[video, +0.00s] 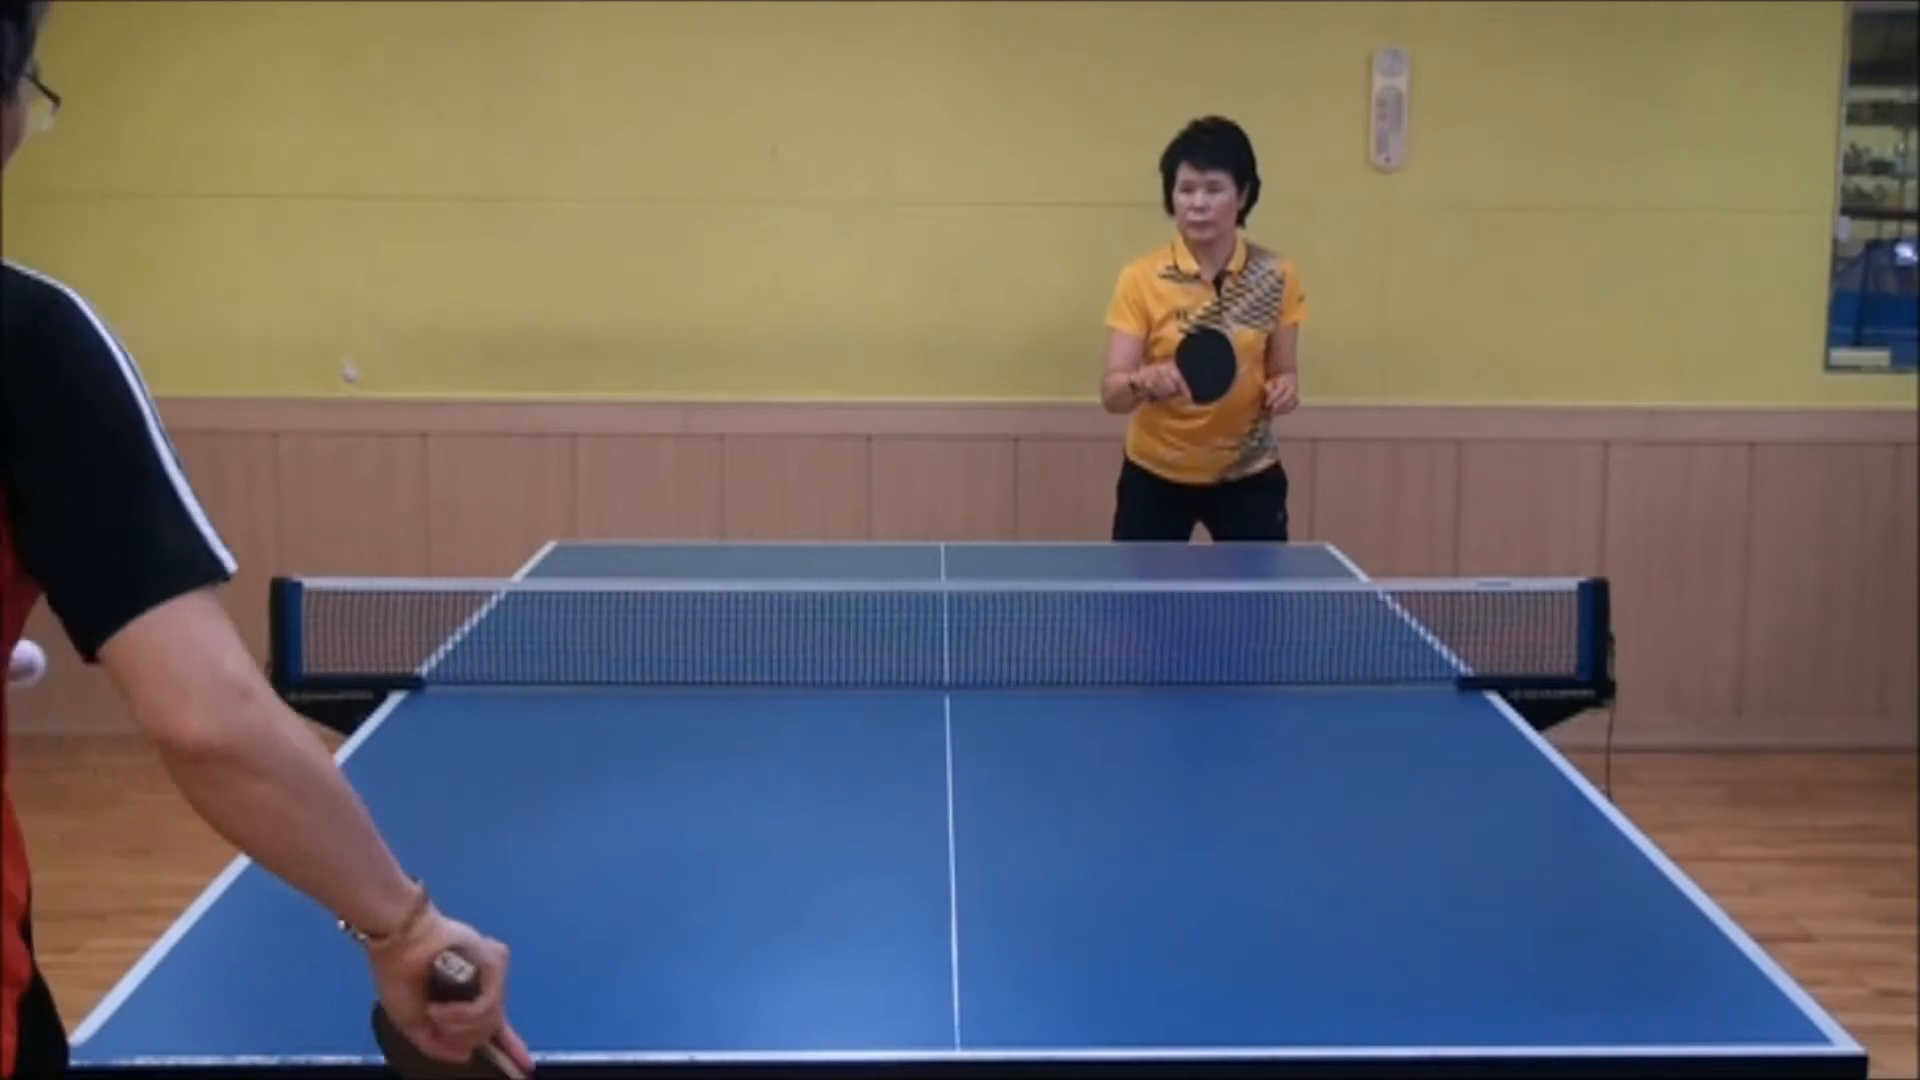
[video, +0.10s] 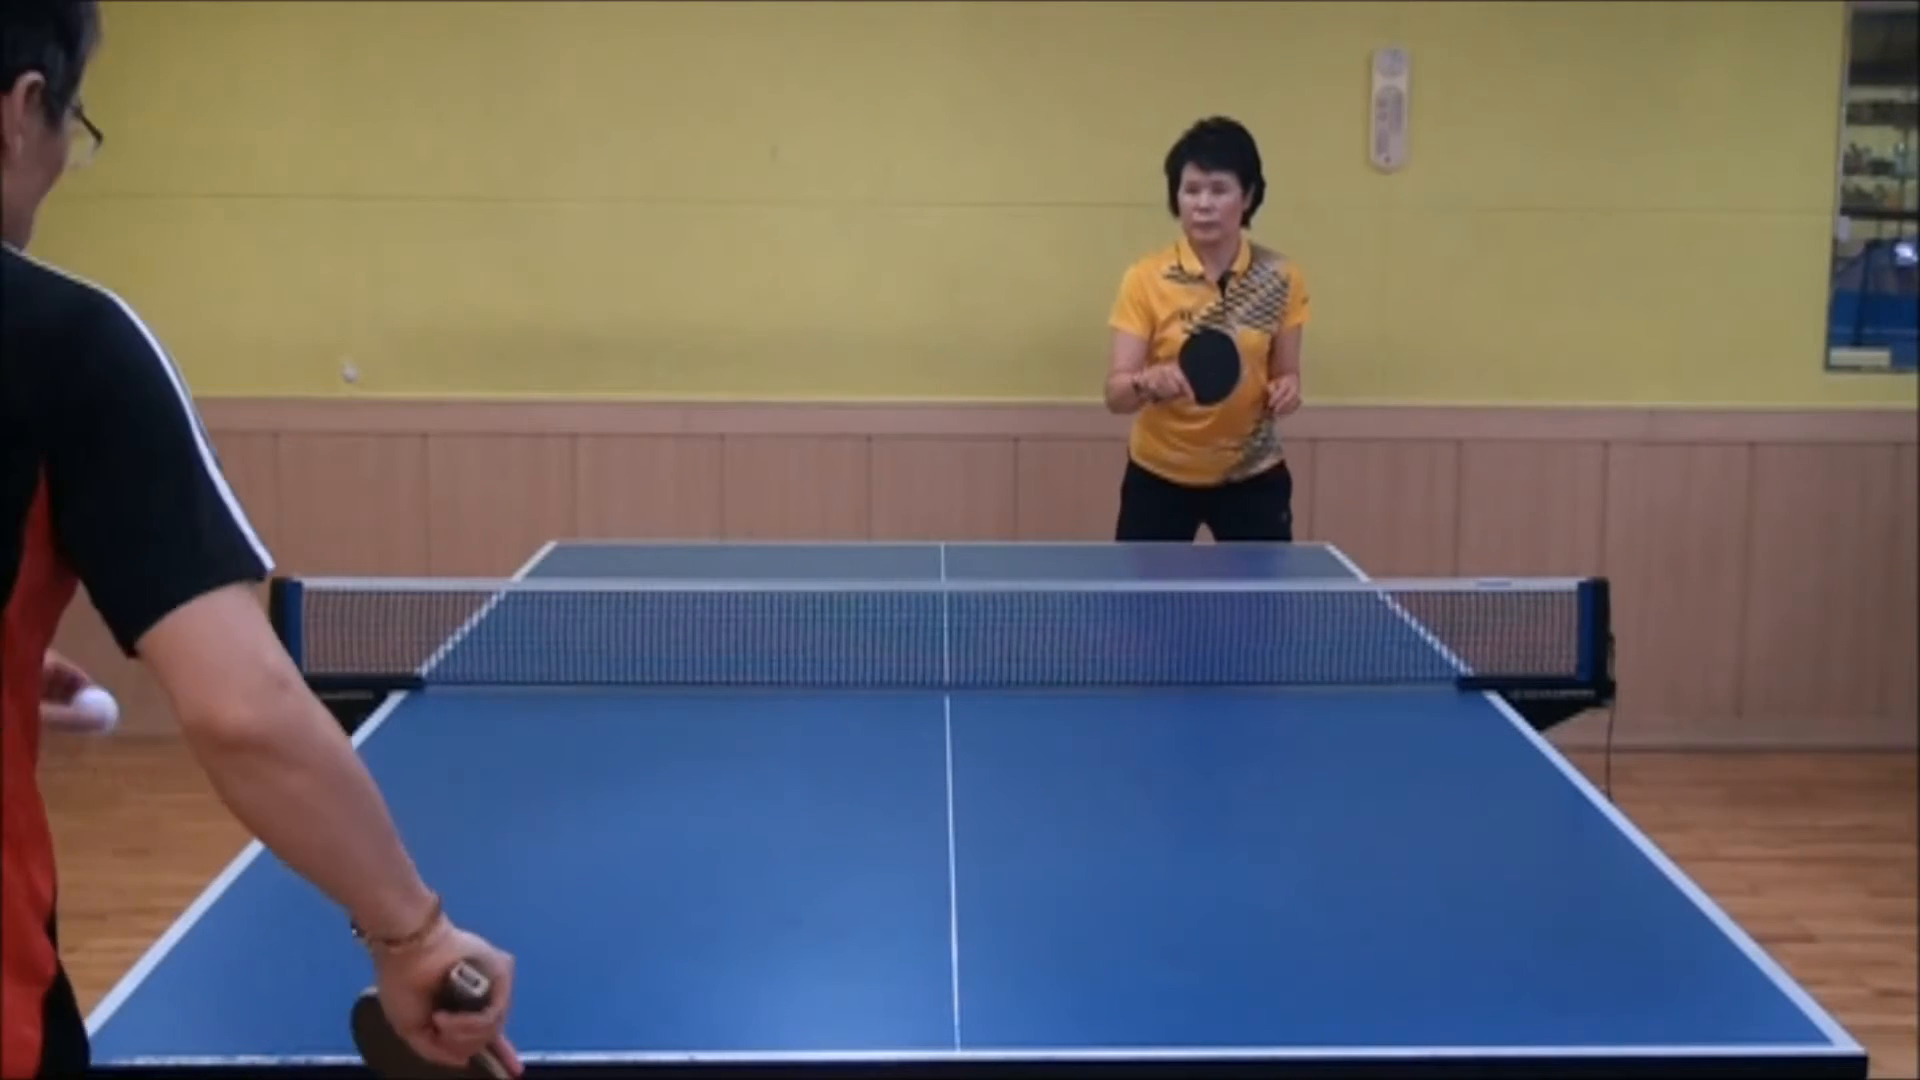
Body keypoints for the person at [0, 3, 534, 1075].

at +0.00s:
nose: (30, 116)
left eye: (26, 76)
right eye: (25, 75)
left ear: (17, 87)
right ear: (7, 89)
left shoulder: (38, 335)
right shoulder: (30, 332)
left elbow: (201, 715)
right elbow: (203, 716)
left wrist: (398, 926)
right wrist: (401, 923)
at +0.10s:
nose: (59, 169)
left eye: (71, 135)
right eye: (68, 128)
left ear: (20, 107)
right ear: (17, 107)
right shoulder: (55, 335)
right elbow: (240, 707)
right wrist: (409, 930)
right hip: (3, 1000)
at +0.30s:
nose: (117, 186)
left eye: (121, 151)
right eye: (119, 146)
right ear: (68, 132)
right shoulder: (107, 342)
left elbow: (252, 728)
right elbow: (251, 726)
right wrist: (307, 956)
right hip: (17, 1001)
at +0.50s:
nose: (129, 193)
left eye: (136, 155)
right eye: (134, 151)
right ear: (83, 135)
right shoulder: (131, 349)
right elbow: (367, 695)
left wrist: (152, 763)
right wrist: (219, 745)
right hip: (38, 996)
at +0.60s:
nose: (118, 179)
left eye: (123, 145)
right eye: (119, 140)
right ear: (65, 129)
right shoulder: (127, 349)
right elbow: (375, 647)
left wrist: (443, 696)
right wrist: (459, 703)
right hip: (29, 989)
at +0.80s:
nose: (60, 155)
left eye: (69, 117)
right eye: (66, 115)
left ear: (17, 103)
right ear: (14, 106)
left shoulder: (87, 335)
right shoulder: (82, 335)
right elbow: (337, 661)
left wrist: (397, 699)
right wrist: (414, 709)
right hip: (20, 999)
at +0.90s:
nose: (27, 118)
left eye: (27, 83)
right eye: (27, 82)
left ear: (21, 102)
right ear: (11, 100)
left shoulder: (62, 340)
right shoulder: (52, 339)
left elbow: (229, 722)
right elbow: (233, 722)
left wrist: (300, 771)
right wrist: (311, 779)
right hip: (3, 1003)